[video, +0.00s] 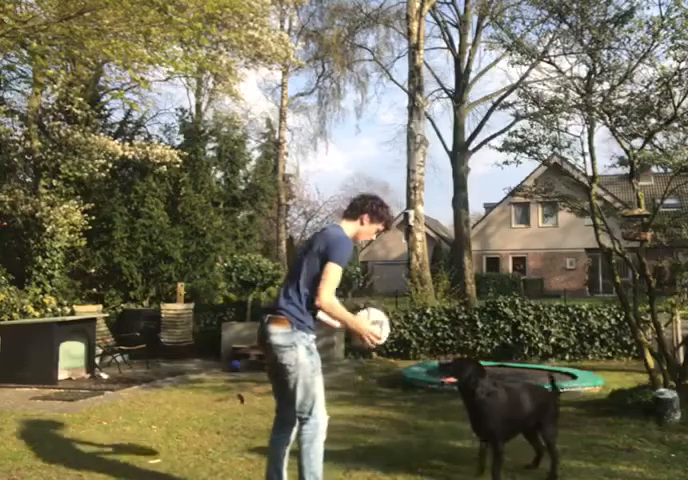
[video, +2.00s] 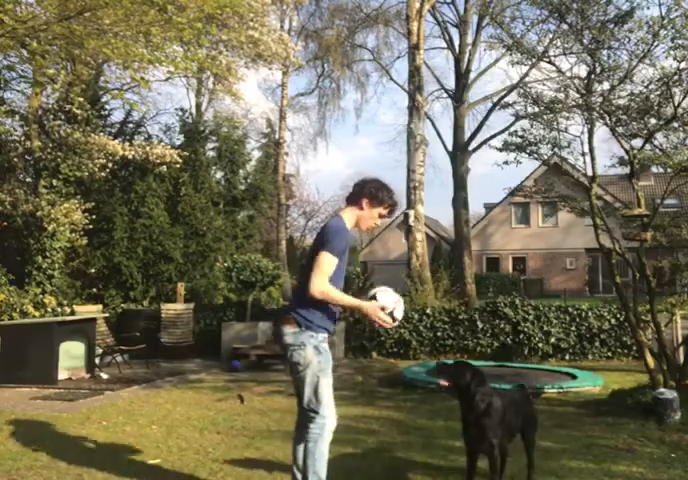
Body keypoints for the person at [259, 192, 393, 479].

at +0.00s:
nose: (372, 238)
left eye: (377, 233)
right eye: (376, 231)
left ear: (359, 217)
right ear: (365, 218)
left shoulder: (321, 236)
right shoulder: (340, 241)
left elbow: (311, 306)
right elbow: (324, 299)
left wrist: (350, 326)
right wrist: (358, 326)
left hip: (273, 328)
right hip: (292, 333)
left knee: (287, 414)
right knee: (314, 417)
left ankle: (275, 475)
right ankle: (312, 475)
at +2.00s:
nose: (377, 224)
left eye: (382, 219)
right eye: (379, 216)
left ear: (363, 204)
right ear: (364, 203)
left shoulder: (336, 230)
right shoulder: (337, 231)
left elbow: (323, 288)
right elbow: (317, 288)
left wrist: (365, 306)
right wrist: (364, 306)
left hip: (305, 331)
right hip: (307, 333)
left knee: (311, 414)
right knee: (323, 416)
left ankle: (302, 473)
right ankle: (313, 475)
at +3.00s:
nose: (450, 272)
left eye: (449, 264)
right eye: (446, 264)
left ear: (423, 266)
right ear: (425, 265)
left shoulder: (399, 291)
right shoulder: (417, 297)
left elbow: (410, 335)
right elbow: (481, 336)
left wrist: (456, 337)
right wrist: (542, 348)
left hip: (329, 362)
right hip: (345, 363)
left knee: (360, 433)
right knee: (418, 411)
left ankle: (322, 474)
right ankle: (429, 475)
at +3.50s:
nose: (641, 370)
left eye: (643, 362)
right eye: (639, 361)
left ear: (607, 353)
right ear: (618, 357)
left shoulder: (575, 363)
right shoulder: (592, 379)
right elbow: (644, 447)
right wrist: (680, 463)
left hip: (462, 385)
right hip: (485, 396)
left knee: (435, 459)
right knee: (567, 433)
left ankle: (353, 476)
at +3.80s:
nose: (678, 355)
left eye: (680, 349)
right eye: (679, 348)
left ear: (648, 329)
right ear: (666, 344)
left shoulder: (610, 340)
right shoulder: (617, 356)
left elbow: (591, 404)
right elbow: (605, 435)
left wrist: (646, 417)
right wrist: (665, 448)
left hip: (494, 360)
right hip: (508, 374)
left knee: (453, 417)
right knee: (583, 440)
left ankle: (374, 434)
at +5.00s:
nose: (445, 212)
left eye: (449, 205)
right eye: (446, 203)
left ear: (427, 194)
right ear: (429, 193)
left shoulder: (399, 227)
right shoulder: (407, 230)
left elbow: (400, 294)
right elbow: (399, 296)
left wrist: (444, 309)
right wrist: (449, 314)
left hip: (394, 342)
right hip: (389, 344)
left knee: (420, 418)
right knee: (398, 426)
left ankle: (400, 476)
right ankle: (370, 477)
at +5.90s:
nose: (417, 253)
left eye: (421, 247)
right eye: (419, 244)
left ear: (400, 234)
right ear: (403, 234)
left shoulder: (365, 253)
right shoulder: (370, 259)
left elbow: (341, 322)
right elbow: (342, 324)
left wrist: (376, 362)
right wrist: (377, 367)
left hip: (305, 342)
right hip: (308, 344)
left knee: (335, 427)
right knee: (351, 428)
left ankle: (326, 476)